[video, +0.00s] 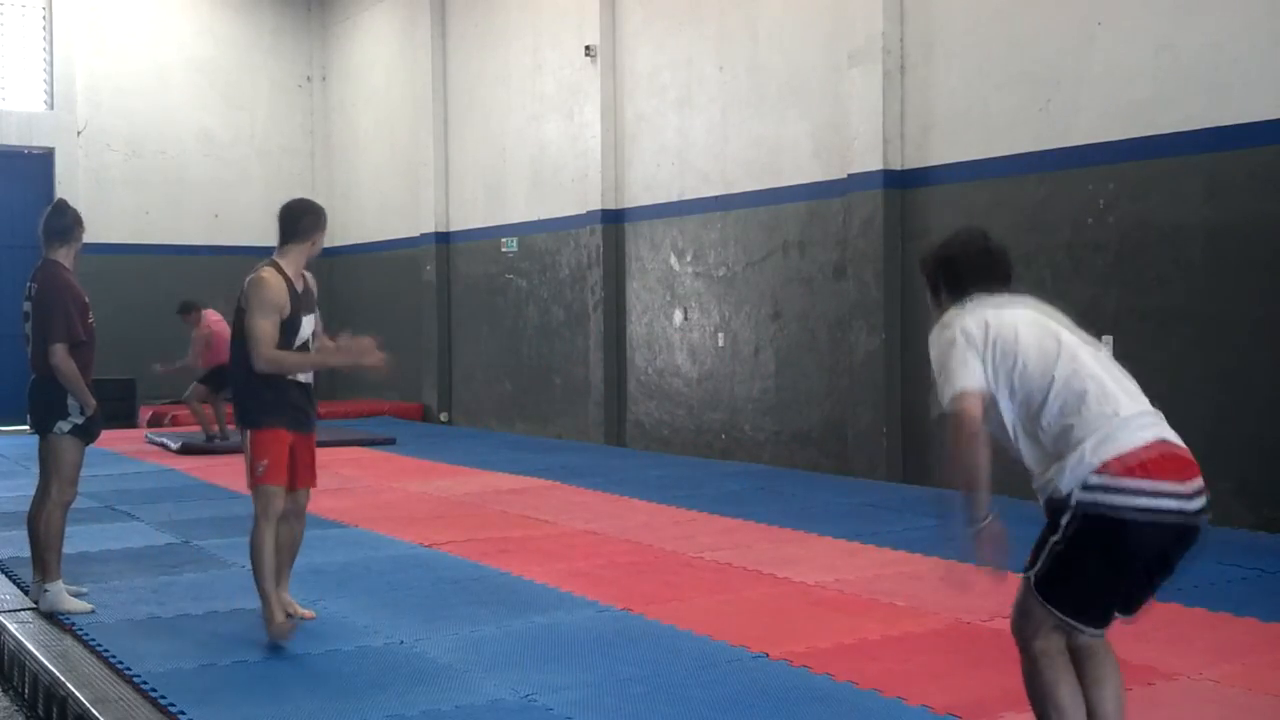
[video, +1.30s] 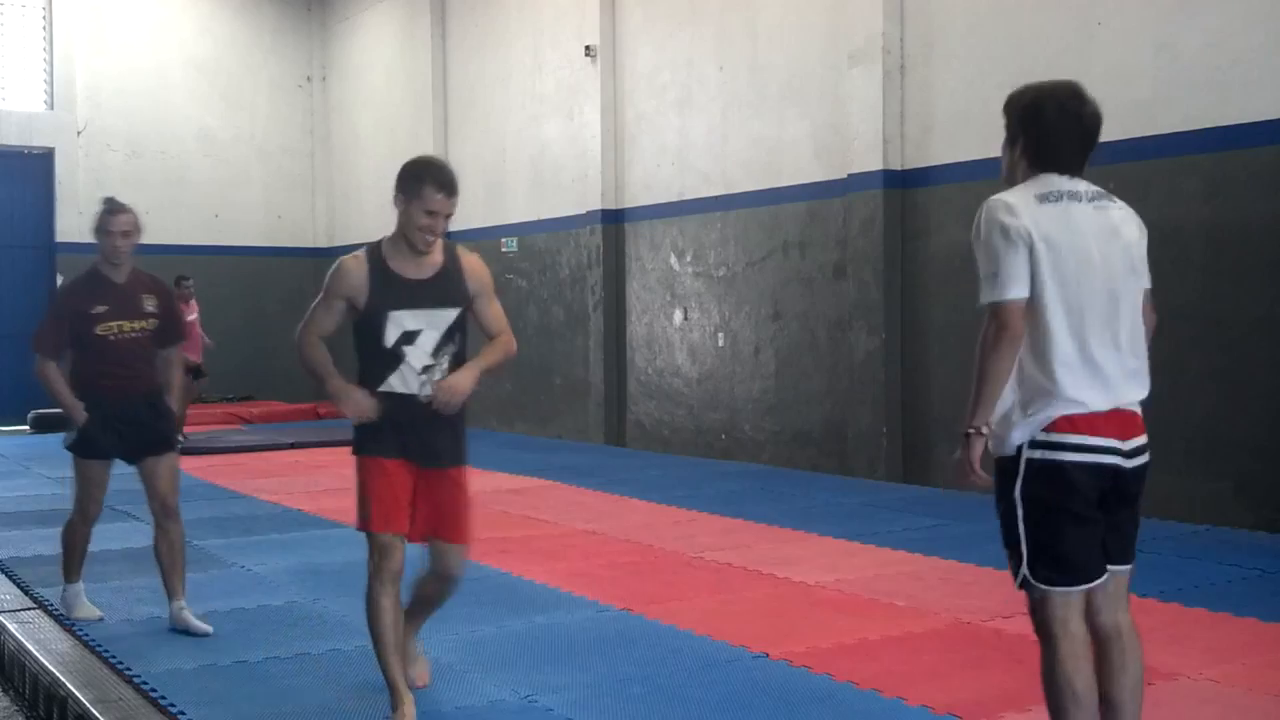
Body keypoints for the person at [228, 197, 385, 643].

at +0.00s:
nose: (323, 240)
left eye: (321, 234)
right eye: (323, 234)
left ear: (289, 231)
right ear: (316, 235)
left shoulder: (306, 281)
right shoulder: (265, 283)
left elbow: (313, 341)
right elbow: (262, 358)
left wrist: (349, 349)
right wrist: (332, 359)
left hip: (299, 412)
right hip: (267, 413)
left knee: (295, 507)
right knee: (269, 509)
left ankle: (281, 591)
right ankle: (271, 610)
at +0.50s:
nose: (358, 244)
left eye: (362, 236)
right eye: (353, 234)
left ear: (341, 231)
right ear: (324, 225)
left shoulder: (350, 281)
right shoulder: (266, 274)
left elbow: (372, 348)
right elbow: (231, 345)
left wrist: (348, 363)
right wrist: (299, 368)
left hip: (327, 421)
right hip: (270, 422)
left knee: (350, 514)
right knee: (269, 527)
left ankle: (341, 626)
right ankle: (275, 631)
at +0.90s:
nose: (403, 231)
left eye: (411, 223)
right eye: (396, 220)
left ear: (416, 221)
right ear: (369, 211)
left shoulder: (423, 276)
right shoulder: (321, 264)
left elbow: (461, 350)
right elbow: (273, 334)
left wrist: (397, 376)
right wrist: (327, 375)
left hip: (393, 430)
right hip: (333, 426)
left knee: (397, 544)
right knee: (327, 541)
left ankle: (390, 654)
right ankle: (322, 614)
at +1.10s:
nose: (417, 228)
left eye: (426, 219)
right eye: (407, 217)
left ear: (436, 219)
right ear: (384, 210)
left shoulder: (448, 275)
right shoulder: (340, 270)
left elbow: (499, 346)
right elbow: (296, 330)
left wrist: (434, 381)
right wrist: (316, 380)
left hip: (419, 433)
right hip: (360, 428)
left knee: (409, 550)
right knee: (367, 545)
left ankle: (394, 652)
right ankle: (384, 677)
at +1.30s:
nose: (437, 226)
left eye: (446, 216)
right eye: (427, 216)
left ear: (453, 212)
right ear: (400, 205)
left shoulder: (467, 268)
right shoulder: (357, 271)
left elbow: (504, 340)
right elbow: (309, 339)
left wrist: (470, 372)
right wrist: (341, 390)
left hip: (443, 433)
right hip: (383, 431)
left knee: (450, 567)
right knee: (388, 561)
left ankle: (407, 630)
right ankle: (401, 699)